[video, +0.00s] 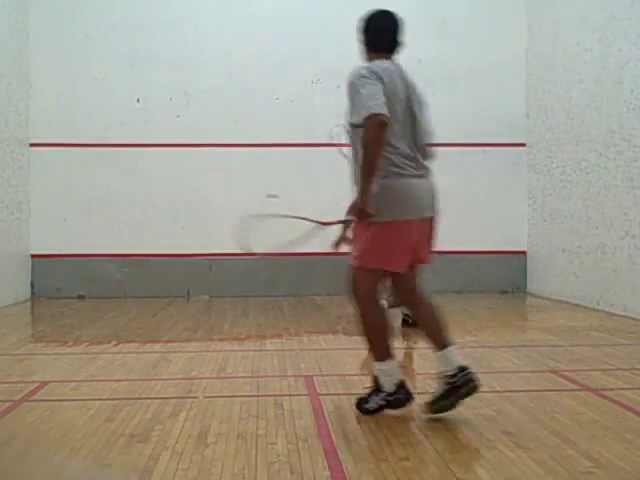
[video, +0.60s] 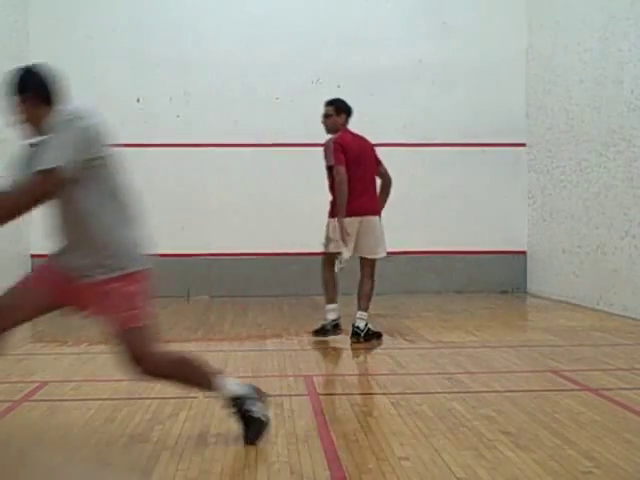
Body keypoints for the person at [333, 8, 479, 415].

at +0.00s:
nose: (363, 43)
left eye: (363, 37)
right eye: (374, 36)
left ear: (364, 40)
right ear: (397, 41)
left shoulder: (367, 75)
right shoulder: (407, 80)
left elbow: (377, 123)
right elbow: (423, 148)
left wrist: (363, 197)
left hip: (388, 198)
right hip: (422, 195)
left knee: (365, 288)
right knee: (407, 286)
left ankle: (390, 383)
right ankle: (456, 370)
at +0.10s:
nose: (324, 53)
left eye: (325, 46)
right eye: (327, 46)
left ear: (330, 48)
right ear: (360, 46)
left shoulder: (347, 84)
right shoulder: (369, 83)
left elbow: (356, 153)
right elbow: (375, 159)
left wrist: (338, 215)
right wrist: (328, 214)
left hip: (367, 214)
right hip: (392, 211)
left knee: (314, 290)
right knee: (385, 298)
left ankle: (348, 387)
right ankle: (442, 388)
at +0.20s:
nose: (285, 72)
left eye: (286, 64)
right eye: (288, 64)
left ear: (291, 66)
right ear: (321, 65)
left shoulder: (312, 102)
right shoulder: (331, 102)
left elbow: (325, 152)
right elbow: (302, 181)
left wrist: (295, 199)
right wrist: (252, 219)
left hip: (333, 231)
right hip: (362, 227)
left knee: (262, 301)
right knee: (384, 311)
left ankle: (287, 406)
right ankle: (445, 392)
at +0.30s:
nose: (231, 73)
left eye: (232, 65)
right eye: (235, 64)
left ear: (238, 66)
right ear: (265, 64)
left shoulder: (260, 106)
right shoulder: (275, 103)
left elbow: (251, 179)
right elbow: (261, 177)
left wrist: (200, 223)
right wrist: (220, 199)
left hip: (283, 233)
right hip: (303, 231)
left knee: (234, 317)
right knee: (304, 321)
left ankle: (282, 410)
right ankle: (388, 368)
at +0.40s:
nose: (167, 86)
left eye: (168, 77)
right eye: (167, 77)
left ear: (177, 75)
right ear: (197, 72)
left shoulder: (211, 108)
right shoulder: (196, 121)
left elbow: (181, 171)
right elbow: (182, 194)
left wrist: (127, 207)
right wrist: (128, 216)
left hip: (244, 237)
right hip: (222, 241)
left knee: (212, 327)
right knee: (186, 325)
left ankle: (281, 409)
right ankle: (270, 367)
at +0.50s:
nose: (99, 99)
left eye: (102, 89)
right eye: (97, 90)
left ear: (117, 86)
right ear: (112, 88)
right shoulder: (122, 135)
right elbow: (96, 197)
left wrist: (42, 189)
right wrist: (43, 217)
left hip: (190, 255)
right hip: (150, 250)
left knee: (193, 348)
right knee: (77, 292)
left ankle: (271, 406)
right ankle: (97, 396)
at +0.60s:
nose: (20, 114)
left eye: (22, 104)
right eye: (19, 105)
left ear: (36, 100)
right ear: (41, 99)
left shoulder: (74, 126)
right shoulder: (42, 145)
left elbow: (39, 189)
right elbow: (20, 196)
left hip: (118, 267)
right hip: (73, 264)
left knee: (146, 358)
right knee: (4, 315)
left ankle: (240, 394)